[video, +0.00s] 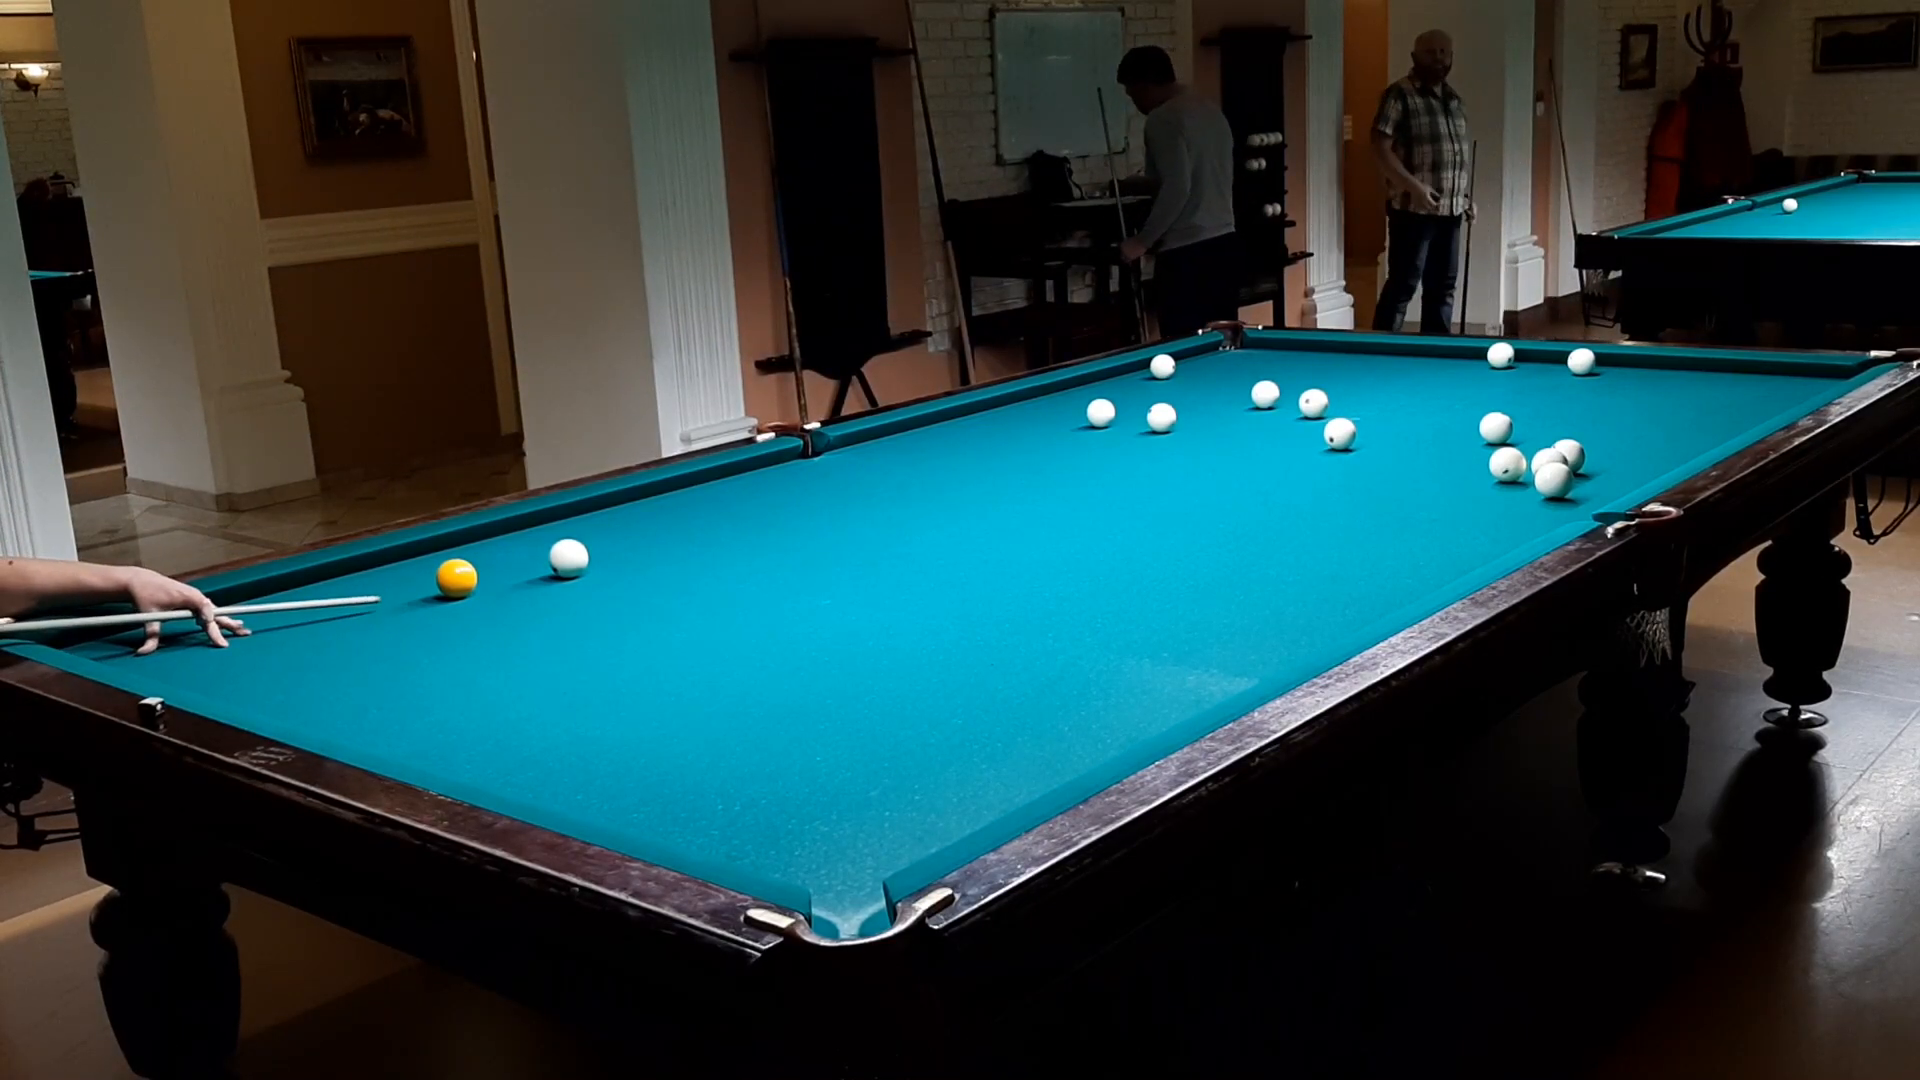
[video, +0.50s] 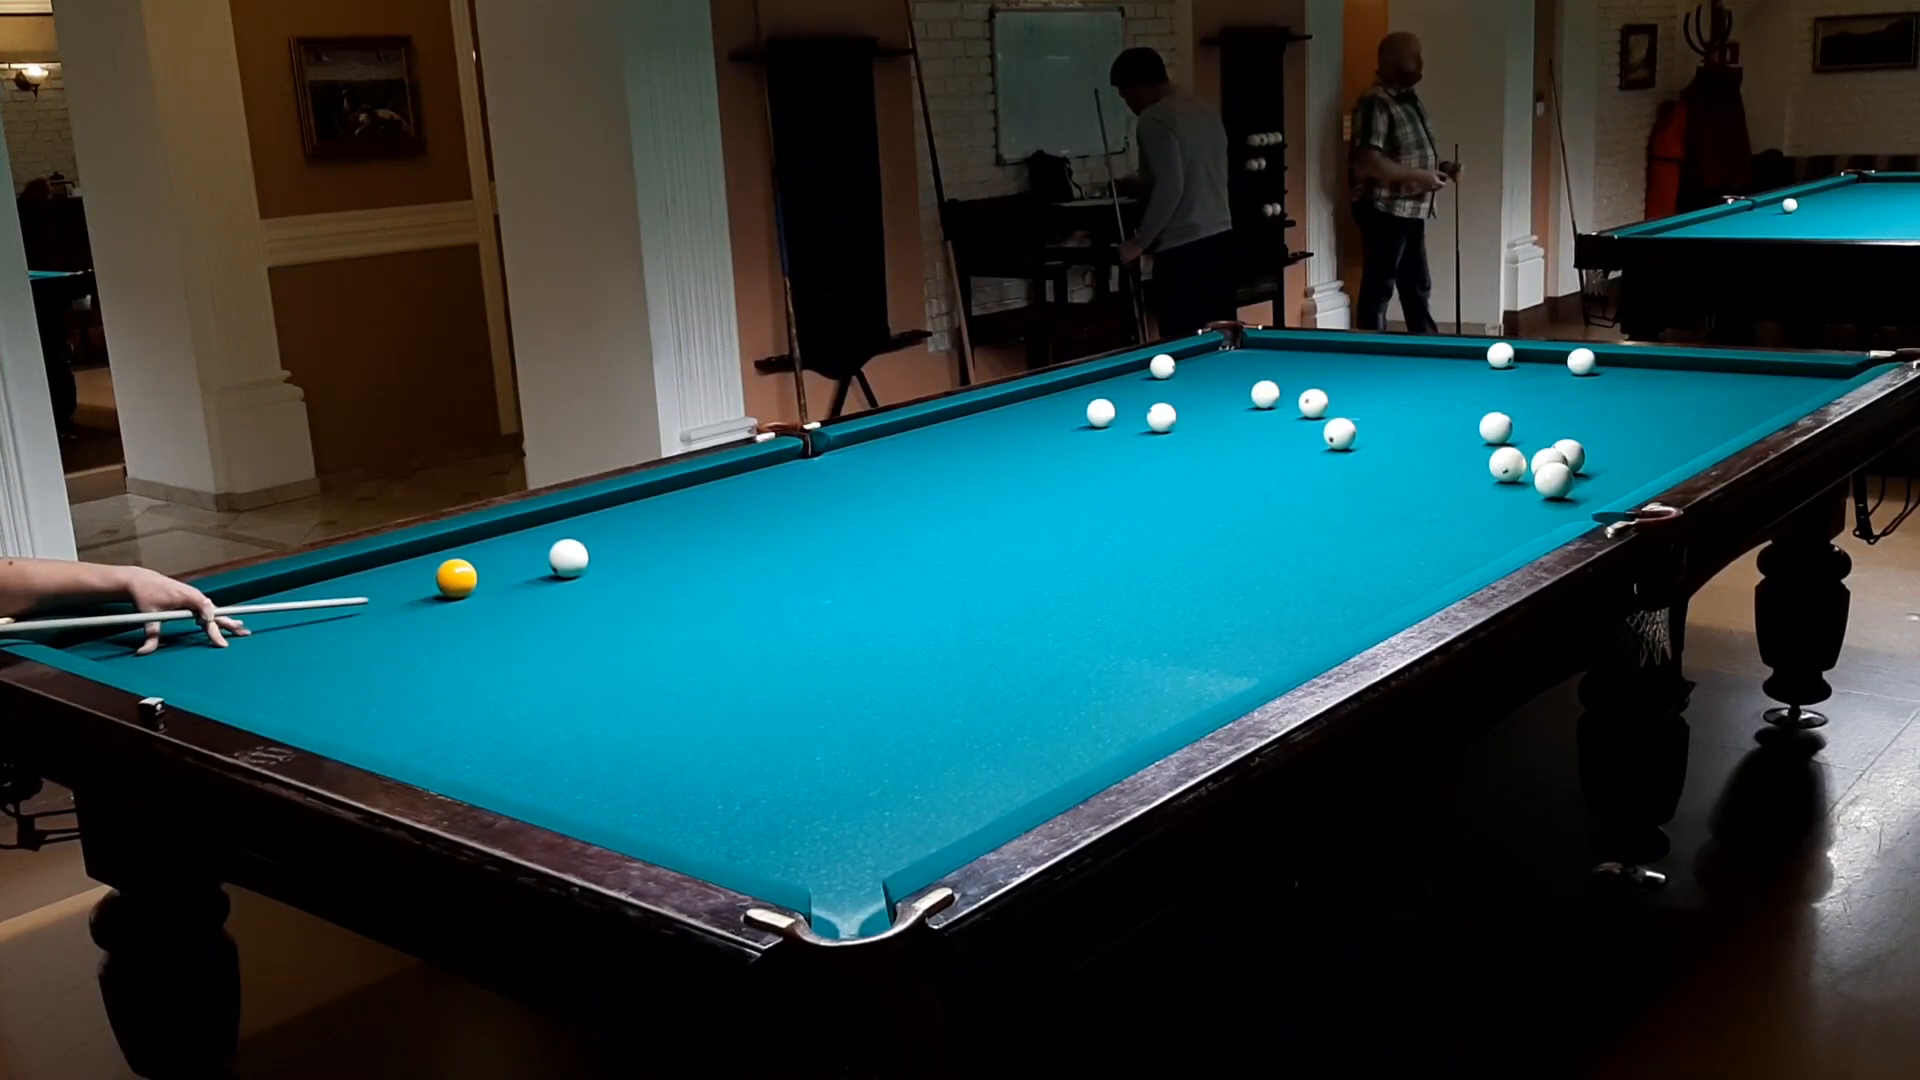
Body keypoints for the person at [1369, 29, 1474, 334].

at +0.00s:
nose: (1439, 59)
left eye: (1444, 53)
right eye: (1430, 53)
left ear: (1452, 57)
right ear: (1415, 57)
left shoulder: (1453, 99)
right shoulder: (1399, 94)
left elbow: (1456, 155)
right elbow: (1380, 149)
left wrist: (1463, 198)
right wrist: (1414, 186)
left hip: (1449, 212)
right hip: (1412, 211)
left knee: (1443, 289)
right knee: (1402, 285)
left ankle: (1436, 355)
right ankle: (1380, 350)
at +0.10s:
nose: (1433, 59)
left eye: (1437, 52)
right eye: (1424, 52)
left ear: (1444, 56)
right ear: (1407, 56)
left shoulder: (1442, 96)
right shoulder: (1394, 94)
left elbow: (1446, 151)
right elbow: (1379, 150)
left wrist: (1459, 191)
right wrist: (1416, 183)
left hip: (1441, 210)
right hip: (1407, 209)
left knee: (1440, 286)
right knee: (1396, 285)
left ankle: (1435, 353)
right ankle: (1379, 352)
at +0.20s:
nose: (1426, 60)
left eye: (1430, 52)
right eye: (1417, 53)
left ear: (1436, 55)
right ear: (1399, 57)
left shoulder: (1431, 97)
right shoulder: (1389, 96)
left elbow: (1430, 150)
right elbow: (1377, 150)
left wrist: (1454, 176)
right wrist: (1419, 182)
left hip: (1433, 211)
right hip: (1399, 211)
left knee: (1437, 286)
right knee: (1389, 287)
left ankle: (1435, 352)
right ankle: (1375, 354)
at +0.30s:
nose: (1423, 62)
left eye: (1425, 55)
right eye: (1415, 55)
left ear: (1429, 56)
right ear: (1394, 59)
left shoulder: (1424, 98)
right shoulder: (1382, 99)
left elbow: (1421, 155)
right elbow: (1373, 155)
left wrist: (1449, 169)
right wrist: (1423, 179)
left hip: (1423, 213)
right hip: (1392, 212)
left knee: (1433, 286)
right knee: (1383, 289)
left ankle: (1433, 353)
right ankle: (1373, 356)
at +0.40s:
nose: (1420, 63)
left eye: (1421, 56)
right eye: (1412, 57)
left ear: (1424, 56)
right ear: (1390, 59)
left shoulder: (1416, 98)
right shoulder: (1378, 100)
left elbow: (1414, 155)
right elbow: (1372, 159)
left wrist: (1444, 168)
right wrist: (1421, 178)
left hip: (1415, 212)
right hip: (1386, 211)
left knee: (1426, 285)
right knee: (1379, 288)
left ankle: (1432, 352)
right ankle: (1370, 356)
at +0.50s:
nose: (1422, 64)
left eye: (1421, 57)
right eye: (1415, 57)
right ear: (1392, 61)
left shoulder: (1409, 99)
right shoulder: (1374, 102)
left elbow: (1409, 155)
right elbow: (1368, 161)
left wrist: (1439, 167)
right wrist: (1417, 176)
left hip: (1410, 212)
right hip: (1383, 211)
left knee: (1416, 286)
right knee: (1377, 289)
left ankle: (1427, 349)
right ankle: (1370, 353)